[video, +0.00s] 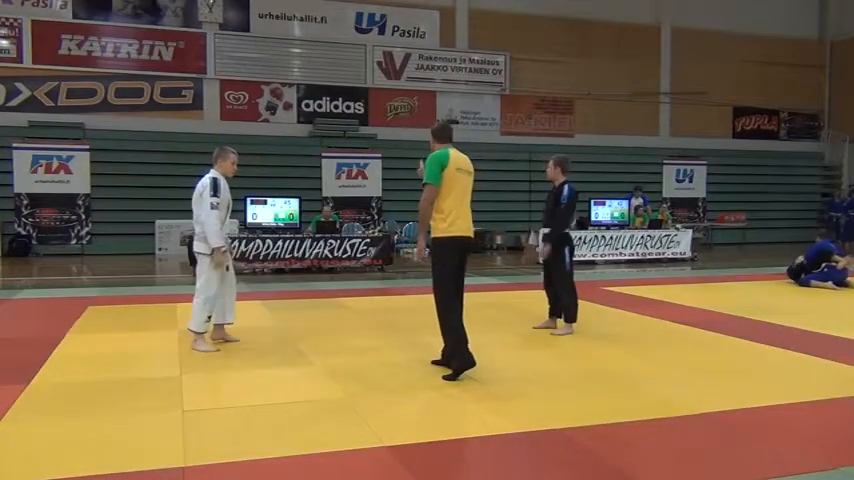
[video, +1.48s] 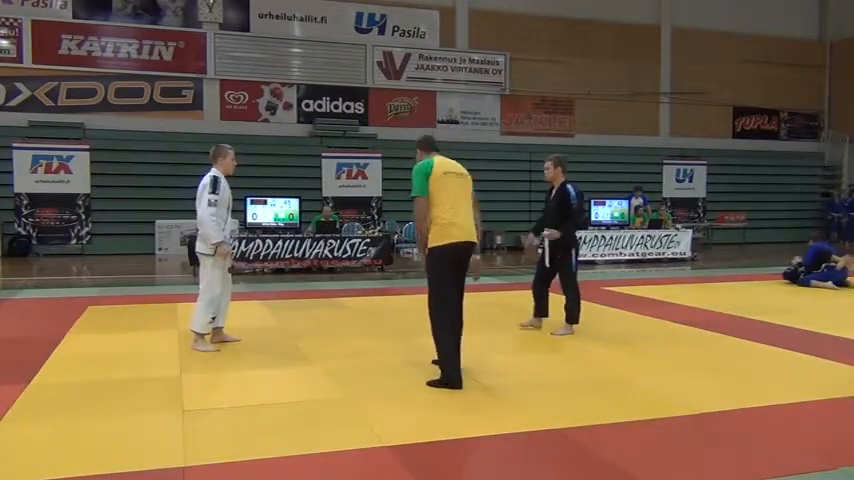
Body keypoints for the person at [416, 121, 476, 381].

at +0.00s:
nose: (430, 144)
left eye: (430, 140)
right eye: (433, 139)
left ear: (432, 140)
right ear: (452, 139)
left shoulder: (436, 158)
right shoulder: (466, 161)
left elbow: (428, 199)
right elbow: (456, 193)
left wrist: (421, 236)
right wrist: (428, 176)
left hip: (445, 237)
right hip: (463, 236)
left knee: (445, 299)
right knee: (453, 297)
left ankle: (462, 356)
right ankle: (451, 351)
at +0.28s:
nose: (427, 145)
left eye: (426, 141)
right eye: (430, 141)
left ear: (429, 141)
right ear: (448, 140)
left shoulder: (432, 158)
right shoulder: (463, 161)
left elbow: (423, 198)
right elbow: (460, 198)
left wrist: (412, 238)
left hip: (443, 237)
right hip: (462, 235)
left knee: (445, 298)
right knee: (453, 296)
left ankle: (460, 357)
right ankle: (449, 351)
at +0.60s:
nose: (423, 152)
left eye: (423, 148)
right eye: (424, 148)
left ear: (425, 146)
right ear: (443, 144)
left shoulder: (428, 158)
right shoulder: (460, 162)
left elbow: (421, 197)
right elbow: (459, 199)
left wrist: (412, 238)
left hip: (443, 235)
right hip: (463, 233)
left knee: (446, 298)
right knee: (453, 296)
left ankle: (461, 357)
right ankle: (449, 352)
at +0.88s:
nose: (417, 166)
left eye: (418, 163)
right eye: (418, 163)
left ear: (423, 159)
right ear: (437, 156)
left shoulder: (425, 165)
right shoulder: (456, 172)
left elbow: (422, 200)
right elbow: (457, 205)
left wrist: (421, 236)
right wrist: (435, 235)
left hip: (447, 233)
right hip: (466, 233)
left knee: (449, 300)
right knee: (452, 298)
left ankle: (459, 360)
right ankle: (451, 352)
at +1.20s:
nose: (415, 169)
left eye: (416, 165)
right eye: (416, 165)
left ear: (421, 160)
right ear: (435, 157)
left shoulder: (424, 166)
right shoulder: (453, 173)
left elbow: (426, 204)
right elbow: (458, 207)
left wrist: (429, 238)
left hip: (448, 234)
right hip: (467, 233)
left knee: (446, 298)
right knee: (452, 297)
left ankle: (452, 364)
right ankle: (451, 354)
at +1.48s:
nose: (416, 159)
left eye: (416, 155)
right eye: (417, 156)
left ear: (419, 152)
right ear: (436, 150)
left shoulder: (422, 167)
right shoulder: (460, 168)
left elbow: (421, 214)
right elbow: (475, 210)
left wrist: (423, 249)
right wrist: (477, 246)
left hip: (442, 243)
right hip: (466, 241)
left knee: (441, 307)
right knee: (454, 304)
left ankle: (451, 375)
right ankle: (450, 357)